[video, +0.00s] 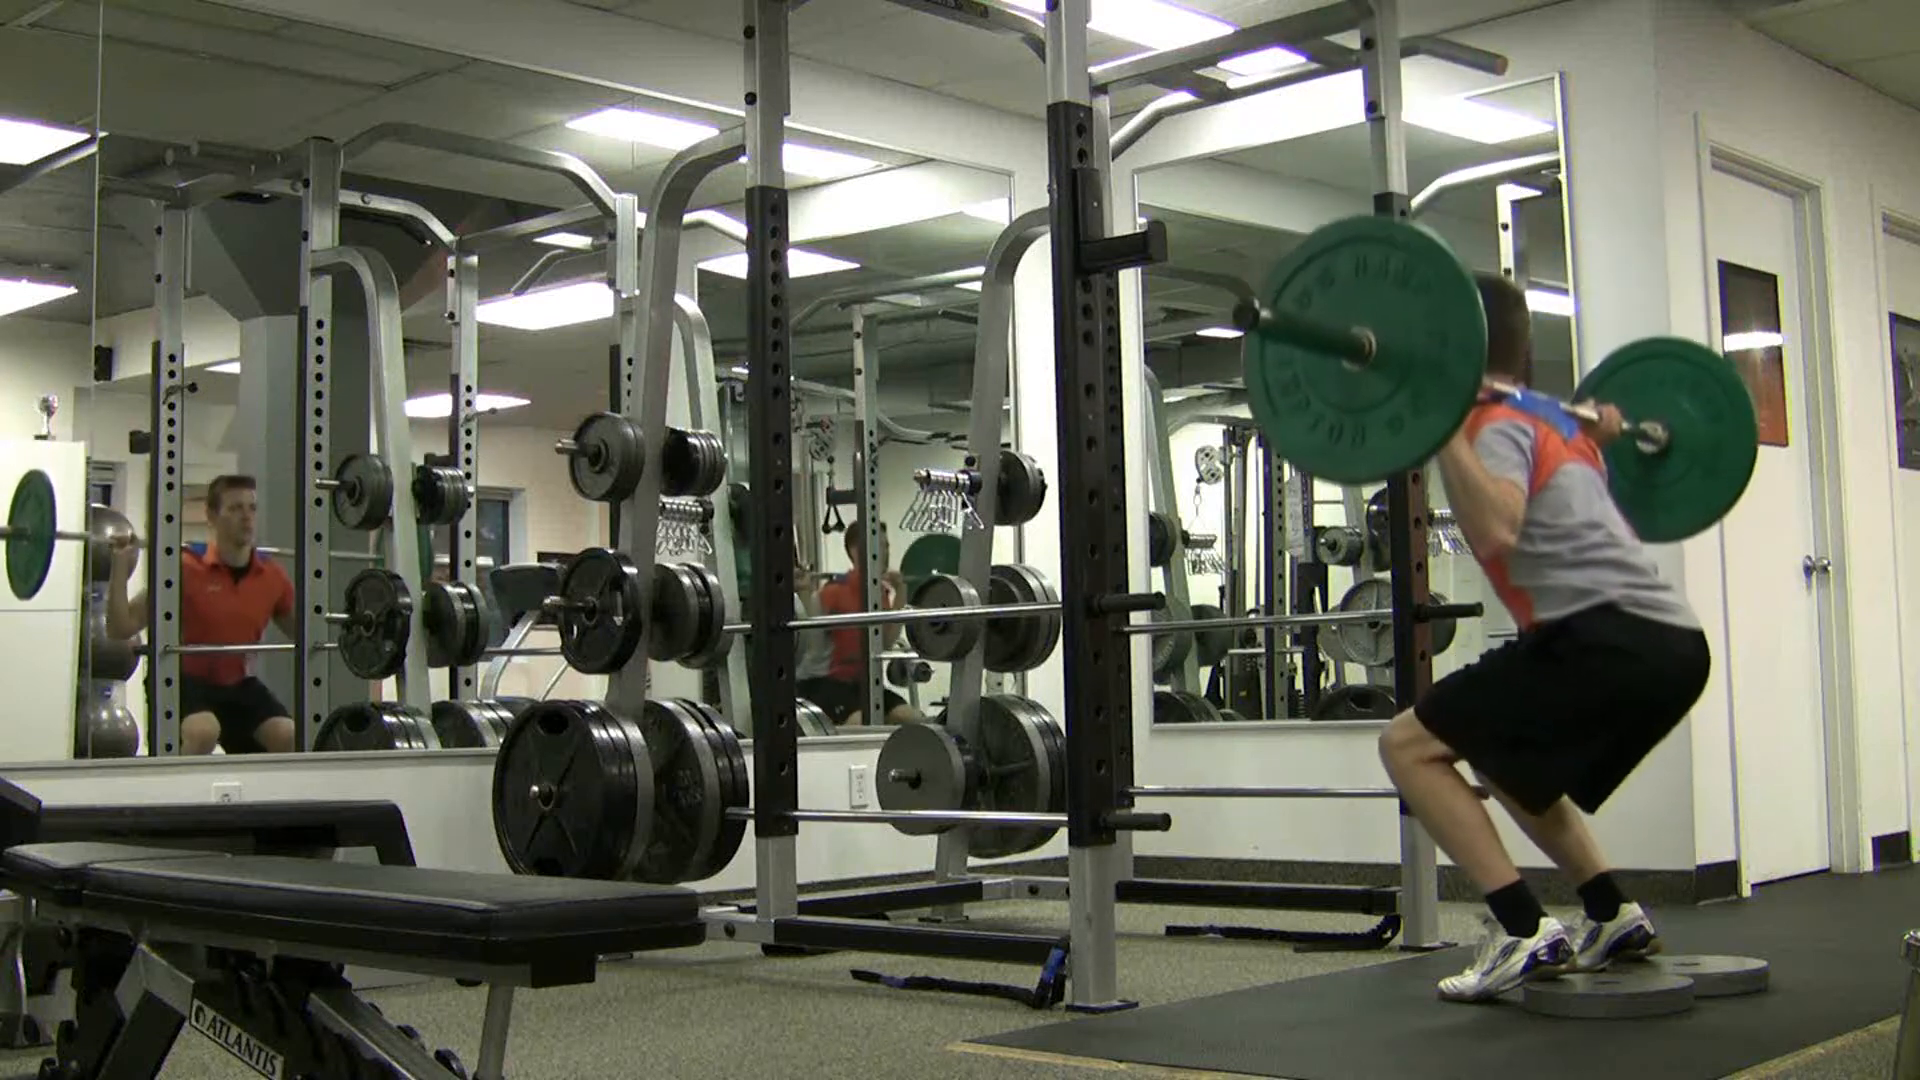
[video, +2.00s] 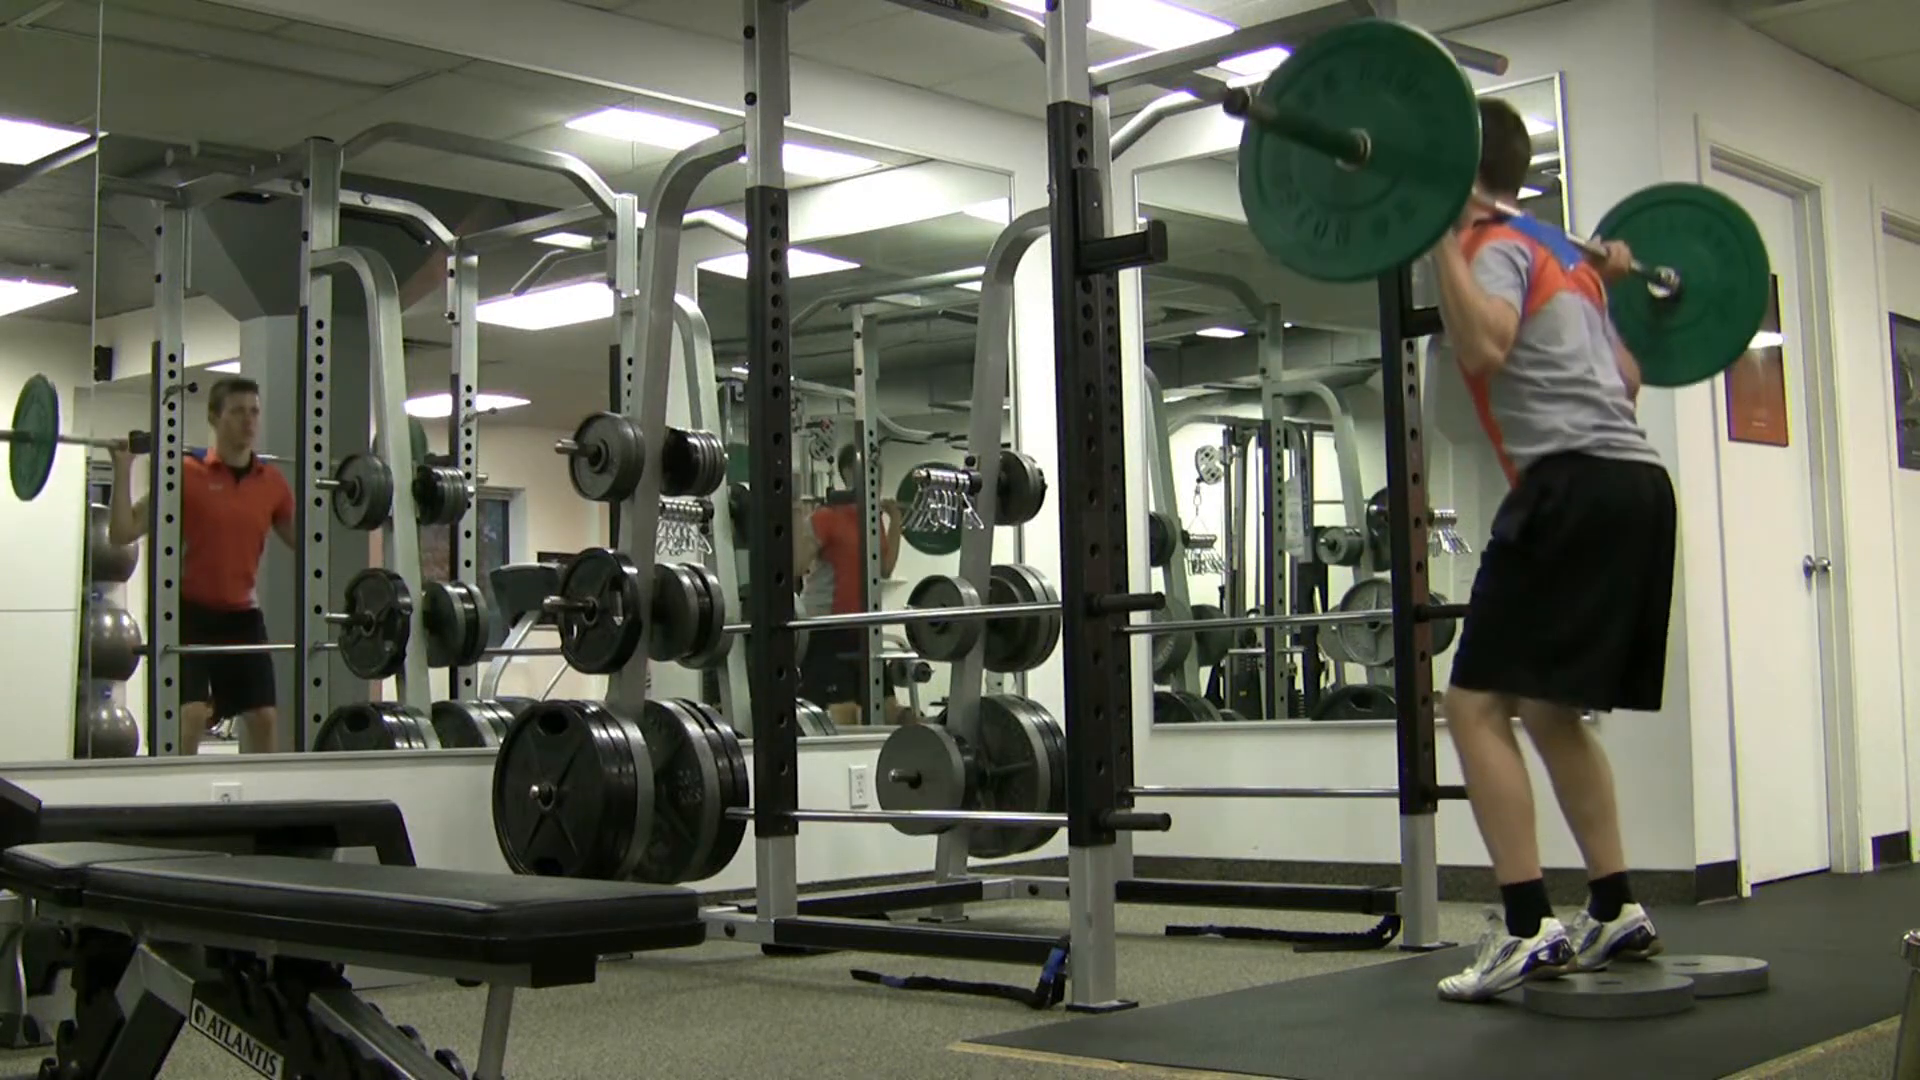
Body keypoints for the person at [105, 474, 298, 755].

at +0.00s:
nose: (247, 517)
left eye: (252, 508)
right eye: (236, 508)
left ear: (258, 514)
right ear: (212, 515)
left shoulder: (272, 577)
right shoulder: (184, 568)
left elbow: (309, 639)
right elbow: (120, 629)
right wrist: (120, 570)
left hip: (237, 684)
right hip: (183, 680)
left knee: (285, 735)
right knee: (203, 732)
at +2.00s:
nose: (249, 420)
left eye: (254, 412)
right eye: (239, 412)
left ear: (261, 418)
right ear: (215, 418)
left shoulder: (272, 482)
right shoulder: (185, 473)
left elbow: (308, 546)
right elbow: (123, 532)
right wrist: (123, 467)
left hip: (242, 613)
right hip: (188, 611)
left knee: (263, 717)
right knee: (194, 713)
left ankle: (260, 805)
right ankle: (176, 805)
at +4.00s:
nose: (248, 531)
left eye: (253, 522)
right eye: (237, 523)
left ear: (259, 526)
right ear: (213, 528)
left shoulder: (272, 588)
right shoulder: (183, 579)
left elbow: (302, 647)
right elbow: (124, 639)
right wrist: (120, 579)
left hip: (235, 693)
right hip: (181, 689)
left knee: (287, 737)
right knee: (205, 732)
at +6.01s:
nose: (249, 402)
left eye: (254, 394)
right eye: (238, 394)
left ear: (261, 401)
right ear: (214, 402)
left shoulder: (272, 462)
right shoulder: (187, 456)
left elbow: (308, 528)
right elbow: (126, 517)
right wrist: (123, 452)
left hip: (250, 605)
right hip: (195, 602)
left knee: (259, 722)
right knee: (187, 721)